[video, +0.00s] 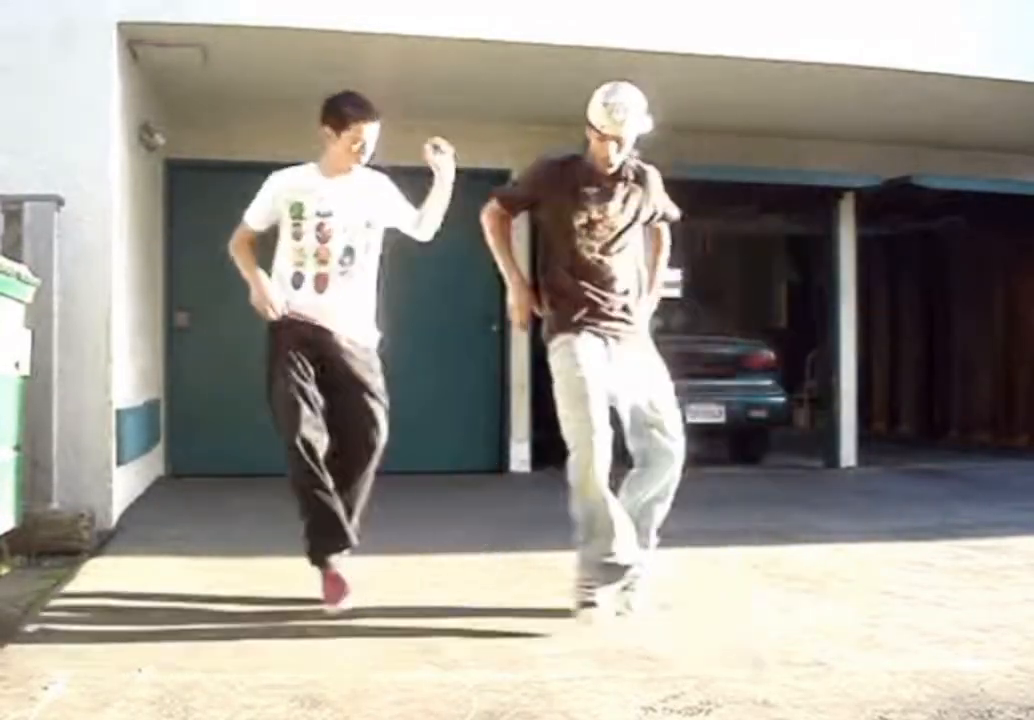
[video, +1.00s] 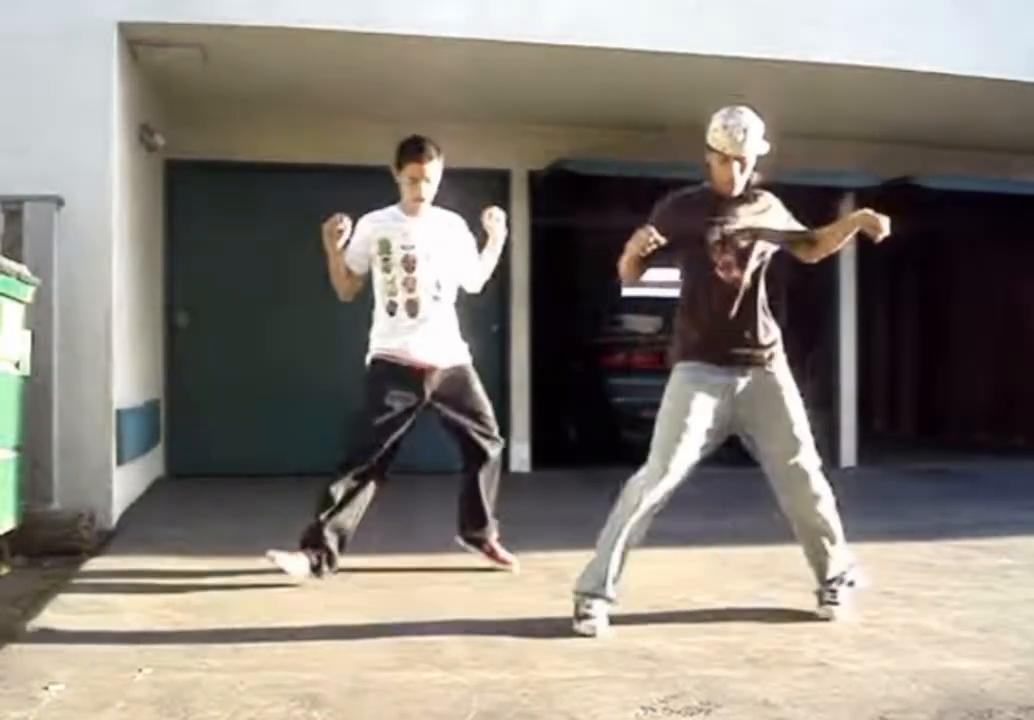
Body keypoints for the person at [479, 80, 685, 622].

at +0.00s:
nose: (612, 152)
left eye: (623, 142)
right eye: (604, 138)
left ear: (638, 138)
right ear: (588, 128)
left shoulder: (646, 181)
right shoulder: (554, 175)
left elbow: (660, 229)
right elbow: (494, 213)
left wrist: (652, 290)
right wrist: (516, 284)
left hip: (631, 330)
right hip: (574, 330)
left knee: (664, 447)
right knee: (593, 448)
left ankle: (619, 555)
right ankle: (600, 570)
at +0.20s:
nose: (577, 173)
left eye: (589, 162)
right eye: (569, 159)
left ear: (603, 160)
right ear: (553, 153)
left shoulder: (603, 213)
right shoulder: (521, 209)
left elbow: (568, 273)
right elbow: (467, 257)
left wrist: (565, 327)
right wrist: (494, 331)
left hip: (589, 371)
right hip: (529, 378)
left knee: (666, 459)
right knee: (492, 490)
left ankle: (742, 551)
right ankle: (410, 577)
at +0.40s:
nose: (587, 157)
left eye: (597, 146)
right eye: (578, 146)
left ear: (609, 144)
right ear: (560, 140)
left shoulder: (613, 188)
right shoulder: (529, 189)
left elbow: (587, 244)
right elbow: (465, 222)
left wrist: (602, 299)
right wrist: (504, 291)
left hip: (618, 348)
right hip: (552, 356)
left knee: (678, 451)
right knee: (515, 470)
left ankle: (678, 563)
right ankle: (439, 582)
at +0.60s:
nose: (660, 167)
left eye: (668, 157)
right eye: (651, 156)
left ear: (681, 155)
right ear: (635, 150)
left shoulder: (690, 204)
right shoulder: (609, 200)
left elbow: (726, 257)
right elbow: (608, 271)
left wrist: (689, 256)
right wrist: (674, 295)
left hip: (672, 354)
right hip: (619, 350)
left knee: (651, 468)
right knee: (643, 468)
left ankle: (594, 567)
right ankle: (694, 584)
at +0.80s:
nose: (706, 150)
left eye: (716, 140)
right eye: (698, 139)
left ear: (730, 135)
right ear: (682, 129)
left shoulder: (739, 176)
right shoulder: (650, 172)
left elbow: (786, 214)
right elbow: (589, 209)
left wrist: (810, 222)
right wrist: (649, 228)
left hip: (726, 340)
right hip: (666, 340)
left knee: (762, 445)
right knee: (655, 460)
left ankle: (721, 537)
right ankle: (665, 584)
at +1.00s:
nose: (736, 173)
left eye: (745, 163)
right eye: (727, 162)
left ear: (757, 161)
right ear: (709, 157)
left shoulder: (767, 206)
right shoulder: (681, 209)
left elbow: (808, 250)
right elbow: (629, 274)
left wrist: (852, 222)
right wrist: (634, 252)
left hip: (764, 367)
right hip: (699, 368)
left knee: (800, 472)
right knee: (659, 477)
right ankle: (594, 594)